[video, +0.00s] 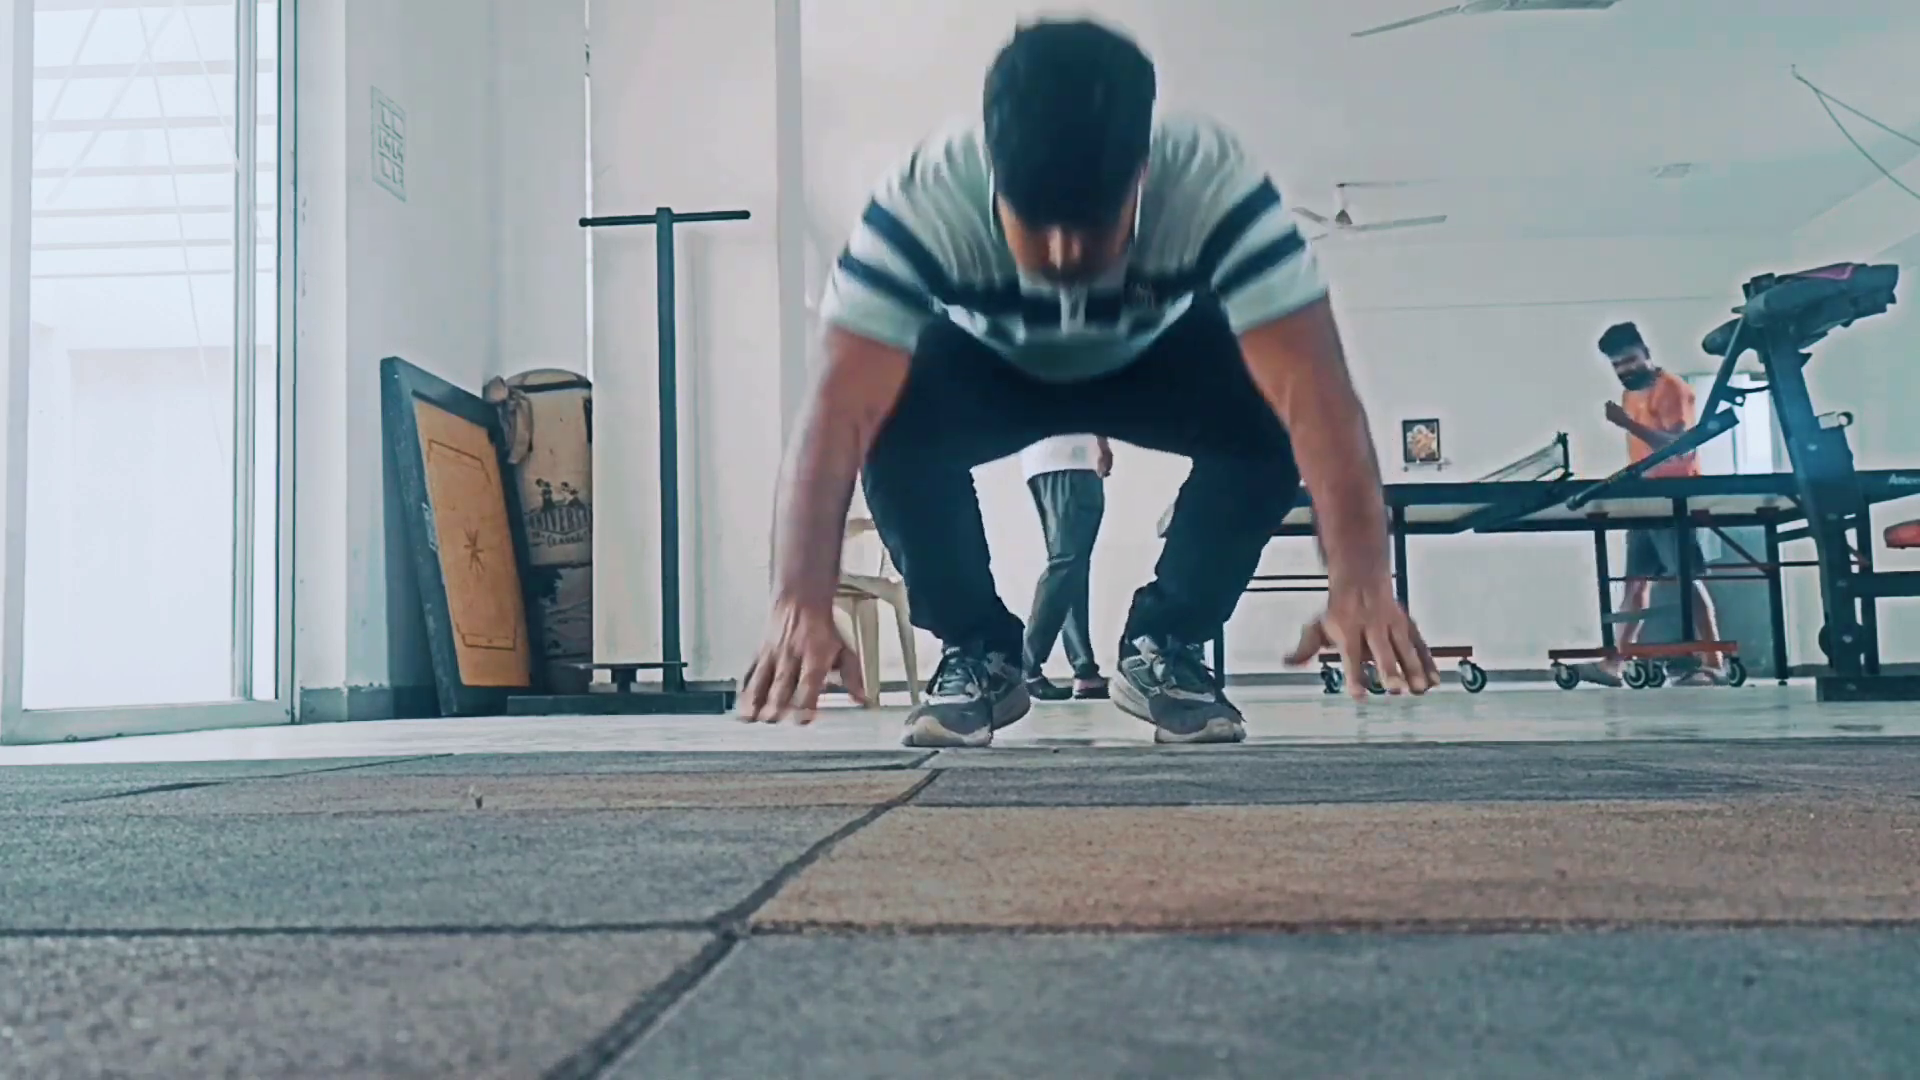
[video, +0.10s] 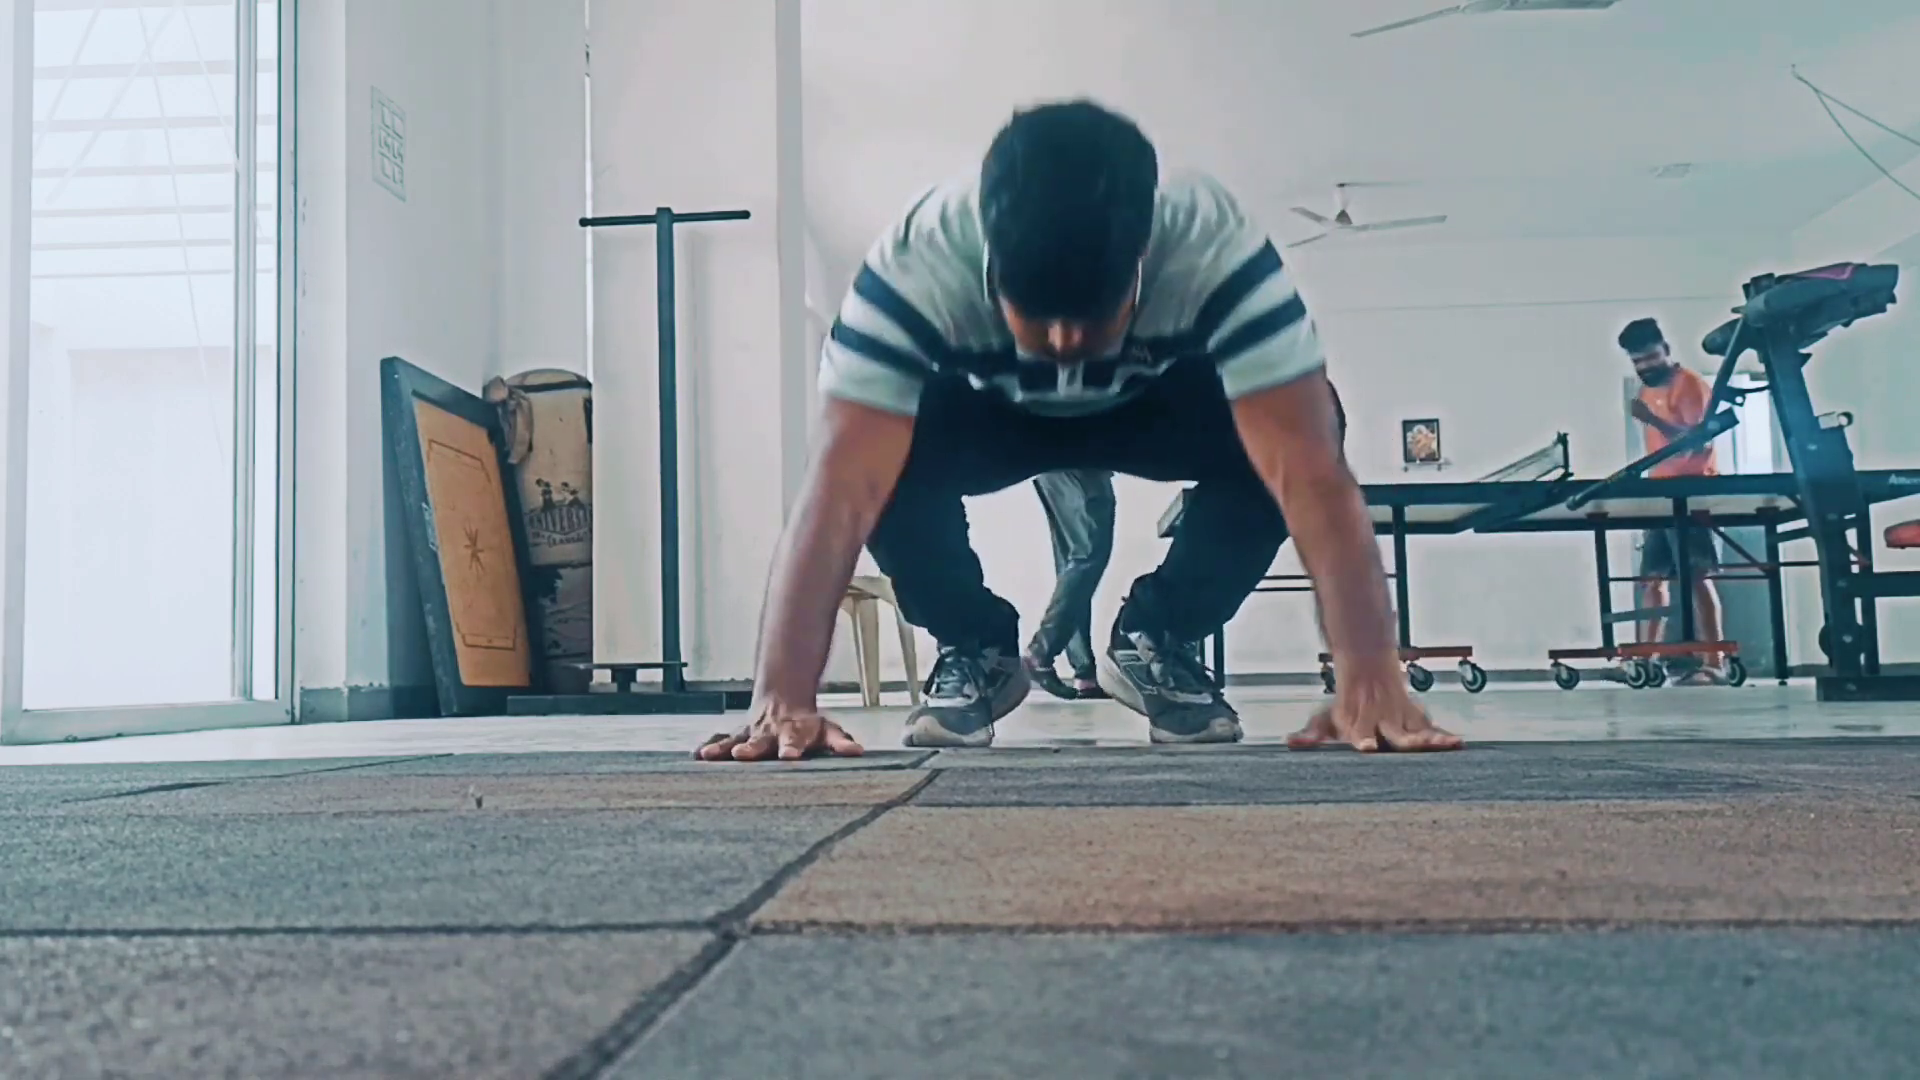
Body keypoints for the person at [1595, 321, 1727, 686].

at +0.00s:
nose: (1623, 370)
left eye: (1628, 361)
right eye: (1616, 364)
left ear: (1646, 354)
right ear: (1612, 365)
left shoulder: (1672, 388)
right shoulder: (1631, 396)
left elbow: (1678, 445)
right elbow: (1643, 451)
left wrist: (1627, 423)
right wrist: (1627, 487)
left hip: (1673, 493)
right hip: (1643, 494)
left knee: (1691, 580)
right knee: (1635, 582)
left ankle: (1714, 664)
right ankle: (1614, 663)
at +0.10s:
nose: (1645, 367)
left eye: (1651, 357)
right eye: (1638, 360)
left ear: (1667, 350)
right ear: (1631, 361)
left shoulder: (1689, 385)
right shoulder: (1648, 391)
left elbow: (1697, 443)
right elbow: (1662, 446)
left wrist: (1651, 418)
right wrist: (1650, 480)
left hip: (1691, 490)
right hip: (1661, 491)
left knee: (1698, 578)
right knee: (1652, 578)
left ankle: (1713, 662)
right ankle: (1644, 659)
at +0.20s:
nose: (1666, 363)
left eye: (1673, 353)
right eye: (1658, 356)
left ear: (1687, 347)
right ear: (1650, 357)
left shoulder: (1712, 382)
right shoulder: (1663, 391)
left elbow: (1717, 435)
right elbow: (1666, 448)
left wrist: (1673, 410)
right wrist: (1661, 502)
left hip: (1709, 487)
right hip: (1672, 490)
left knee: (1709, 574)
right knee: (1672, 578)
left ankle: (1716, 659)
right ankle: (1686, 657)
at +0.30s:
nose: (1684, 361)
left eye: (1690, 352)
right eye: (1676, 354)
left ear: (1704, 346)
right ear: (1669, 353)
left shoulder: (1728, 377)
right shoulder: (1678, 389)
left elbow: (1745, 435)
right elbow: (1677, 444)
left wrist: (1708, 426)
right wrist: (1673, 489)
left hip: (1723, 482)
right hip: (1689, 485)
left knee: (1718, 571)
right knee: (1696, 579)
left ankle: (1718, 662)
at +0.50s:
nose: (1713, 360)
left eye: (1718, 350)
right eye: (1708, 352)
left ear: (1738, 346)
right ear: (1707, 354)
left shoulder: (1767, 382)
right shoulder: (1711, 390)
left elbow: (1791, 443)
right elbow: (1704, 452)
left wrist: (1743, 416)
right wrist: (1687, 499)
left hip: (1760, 490)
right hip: (1724, 493)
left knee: (1741, 574)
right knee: (1761, 583)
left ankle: (1720, 663)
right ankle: (1814, 655)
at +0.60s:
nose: (1746, 362)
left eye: (1752, 355)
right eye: (1739, 356)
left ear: (1766, 356)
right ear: (1730, 361)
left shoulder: (1781, 388)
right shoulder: (1730, 397)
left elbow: (1789, 432)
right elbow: (1718, 450)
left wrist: (1756, 408)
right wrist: (1701, 495)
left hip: (1779, 492)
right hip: (1747, 495)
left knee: (1754, 577)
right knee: (1780, 581)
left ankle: (1731, 659)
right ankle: (1817, 658)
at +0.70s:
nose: (1750, 361)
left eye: (1755, 353)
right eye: (1746, 355)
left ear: (1775, 351)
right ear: (1743, 358)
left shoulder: (1807, 380)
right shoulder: (1746, 389)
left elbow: (1823, 433)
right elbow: (1734, 447)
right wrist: (1715, 491)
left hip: (1804, 490)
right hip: (1767, 492)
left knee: (1771, 574)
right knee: (1794, 577)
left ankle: (1751, 659)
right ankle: (1818, 656)